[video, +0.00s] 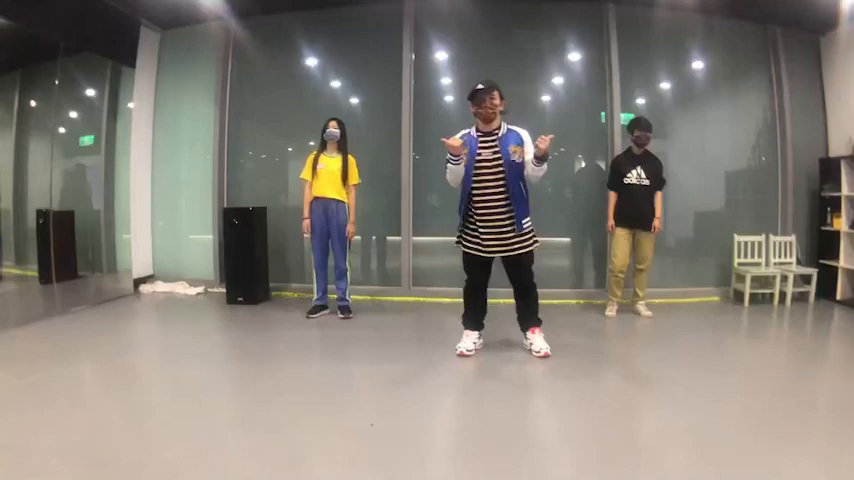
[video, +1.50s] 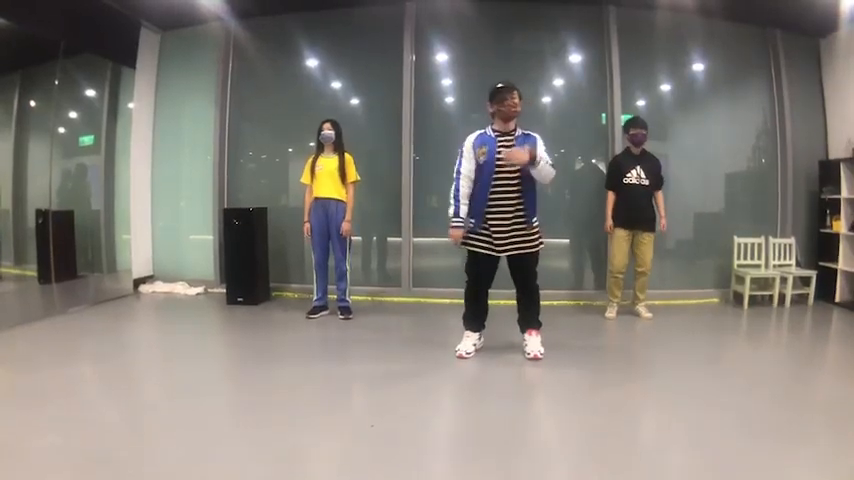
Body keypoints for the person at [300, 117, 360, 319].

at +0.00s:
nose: (332, 131)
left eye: (336, 128)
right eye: (329, 128)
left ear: (342, 134)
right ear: (323, 133)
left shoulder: (348, 160)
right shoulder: (314, 158)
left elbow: (352, 192)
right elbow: (308, 188)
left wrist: (352, 221)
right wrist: (306, 216)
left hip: (339, 204)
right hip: (318, 203)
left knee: (340, 258)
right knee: (319, 257)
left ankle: (343, 301)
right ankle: (320, 301)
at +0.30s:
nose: (329, 133)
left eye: (333, 130)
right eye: (326, 130)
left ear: (340, 135)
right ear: (321, 135)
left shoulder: (346, 161)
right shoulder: (313, 160)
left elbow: (350, 192)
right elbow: (307, 189)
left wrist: (350, 222)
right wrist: (306, 217)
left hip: (338, 205)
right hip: (317, 205)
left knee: (339, 259)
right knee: (317, 259)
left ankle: (342, 303)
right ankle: (318, 303)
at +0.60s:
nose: (329, 132)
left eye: (333, 129)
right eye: (325, 129)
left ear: (339, 134)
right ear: (321, 134)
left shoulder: (347, 159)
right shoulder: (313, 159)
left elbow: (351, 190)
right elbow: (308, 189)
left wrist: (349, 220)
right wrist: (304, 217)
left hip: (337, 204)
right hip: (316, 203)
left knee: (339, 257)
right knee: (318, 257)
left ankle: (342, 302)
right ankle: (318, 301)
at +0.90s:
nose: (330, 132)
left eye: (334, 129)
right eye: (327, 129)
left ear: (341, 134)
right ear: (322, 134)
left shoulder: (347, 159)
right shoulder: (315, 158)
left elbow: (350, 190)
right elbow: (309, 188)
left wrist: (348, 220)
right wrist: (305, 217)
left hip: (337, 204)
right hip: (317, 203)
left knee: (339, 257)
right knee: (318, 257)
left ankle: (342, 302)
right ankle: (319, 301)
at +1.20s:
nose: (327, 132)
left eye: (332, 129)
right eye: (324, 129)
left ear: (338, 134)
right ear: (320, 135)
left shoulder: (346, 158)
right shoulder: (314, 159)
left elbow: (350, 189)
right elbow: (309, 190)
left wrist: (349, 218)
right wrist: (307, 217)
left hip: (337, 203)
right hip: (317, 202)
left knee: (340, 256)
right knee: (319, 256)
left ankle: (343, 302)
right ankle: (320, 300)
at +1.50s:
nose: (326, 133)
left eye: (330, 130)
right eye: (323, 130)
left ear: (337, 134)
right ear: (319, 135)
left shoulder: (345, 158)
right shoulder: (313, 160)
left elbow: (350, 190)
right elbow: (309, 191)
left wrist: (348, 219)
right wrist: (306, 219)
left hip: (338, 204)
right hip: (318, 204)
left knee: (340, 257)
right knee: (319, 257)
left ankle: (343, 302)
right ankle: (320, 301)